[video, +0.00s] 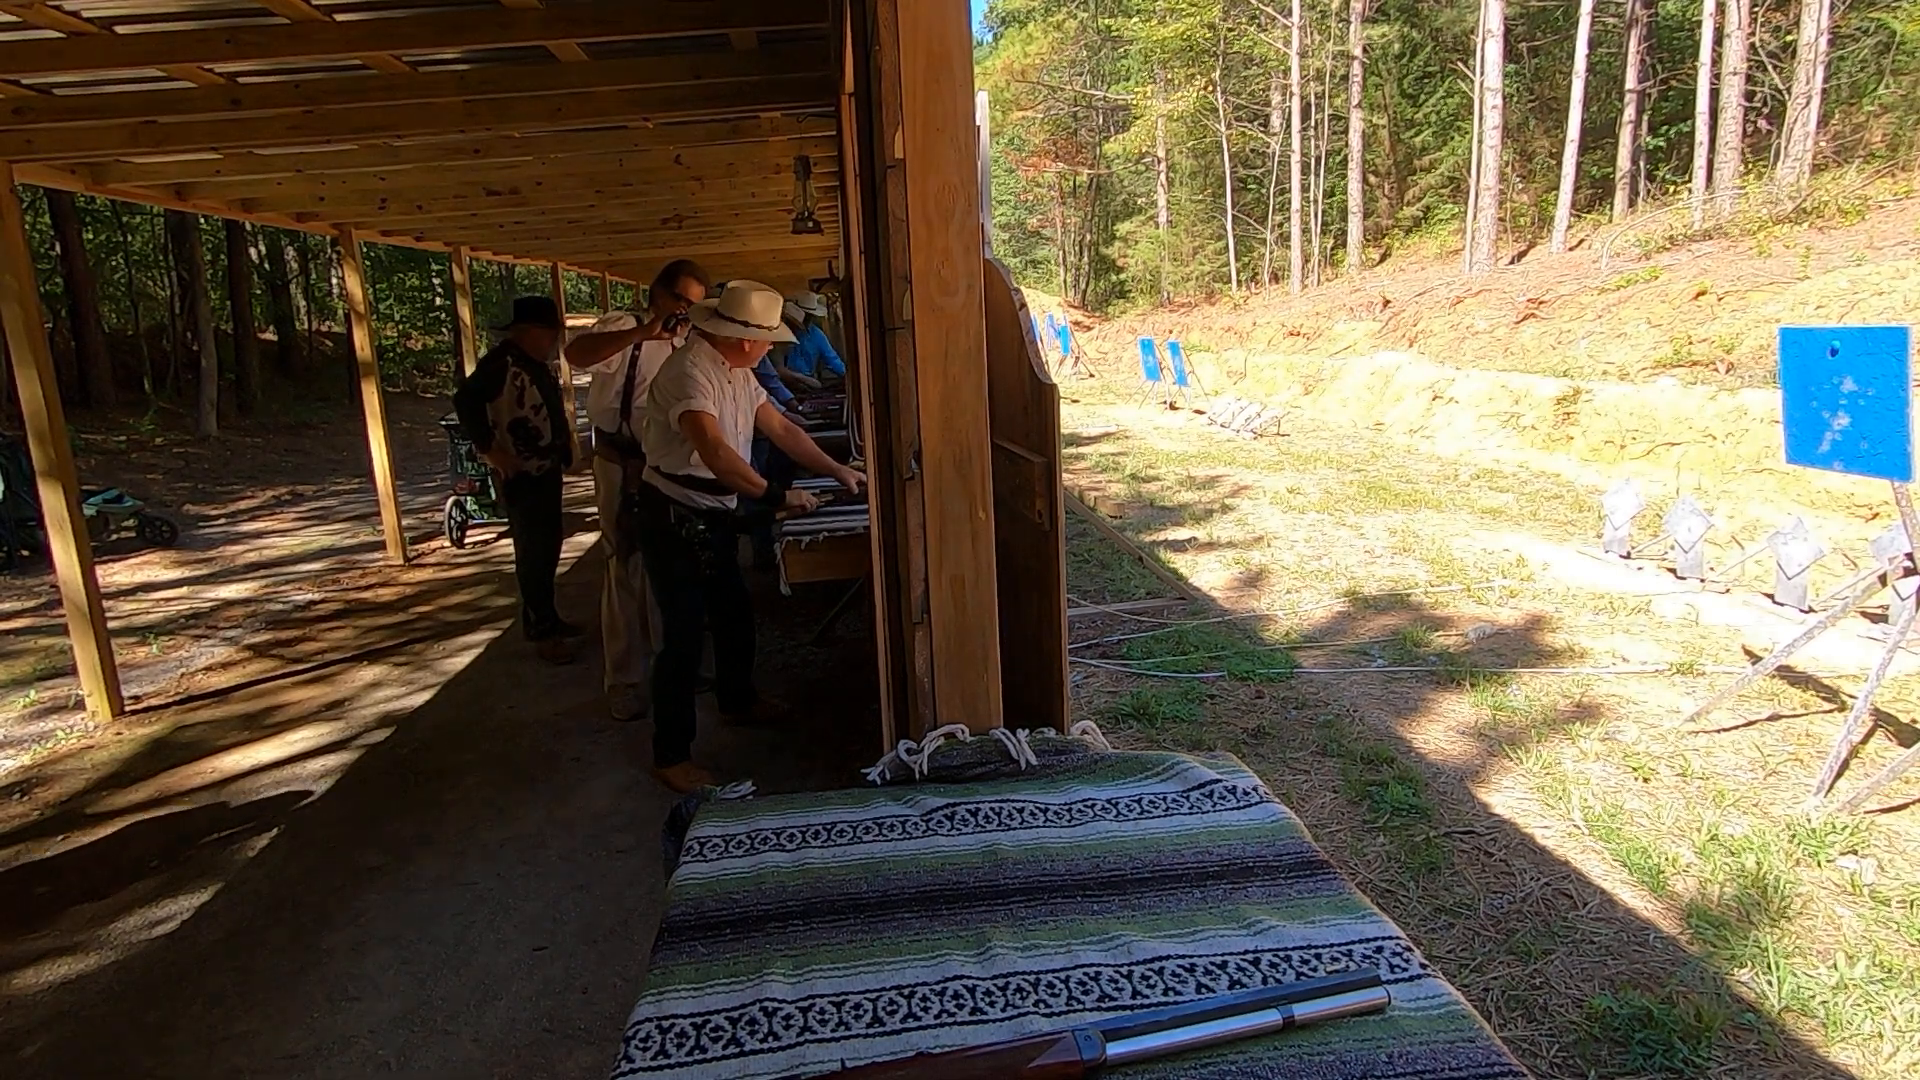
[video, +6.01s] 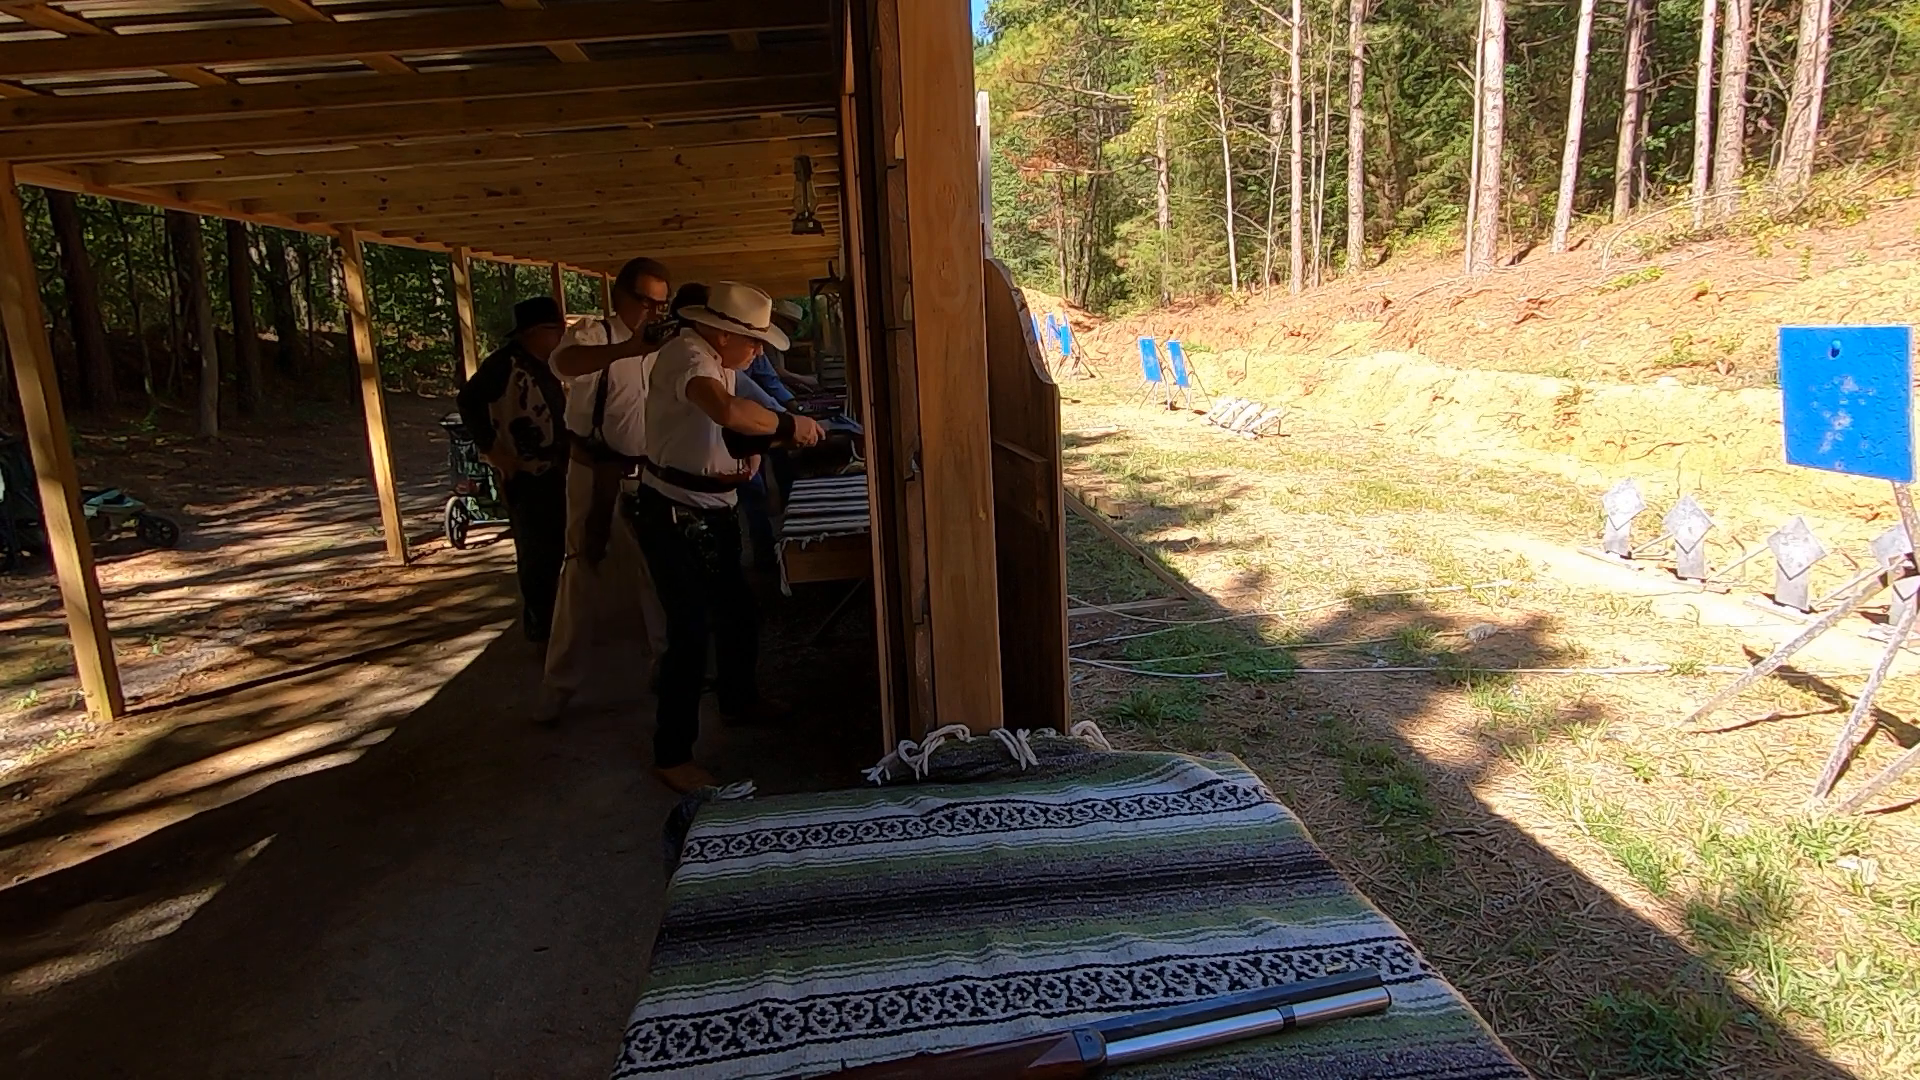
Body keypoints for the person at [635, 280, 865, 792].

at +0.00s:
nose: (769, 350)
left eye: (770, 341)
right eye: (766, 342)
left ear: (738, 340)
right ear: (743, 342)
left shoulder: (739, 372)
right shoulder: (686, 371)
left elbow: (781, 428)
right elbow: (711, 449)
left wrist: (837, 469)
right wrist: (774, 493)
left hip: (717, 515)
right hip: (672, 516)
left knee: (734, 615)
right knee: (685, 636)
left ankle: (738, 703)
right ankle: (671, 757)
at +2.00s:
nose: (762, 349)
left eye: (762, 340)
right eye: (758, 339)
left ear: (726, 337)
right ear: (731, 338)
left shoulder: (719, 373)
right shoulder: (686, 373)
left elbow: (728, 448)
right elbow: (711, 455)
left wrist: (764, 478)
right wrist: (780, 491)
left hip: (716, 515)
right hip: (677, 518)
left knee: (735, 617)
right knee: (688, 637)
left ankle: (740, 708)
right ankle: (672, 757)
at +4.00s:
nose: (756, 374)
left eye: (760, 367)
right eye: (755, 365)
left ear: (727, 348)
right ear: (730, 349)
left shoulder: (720, 378)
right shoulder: (685, 377)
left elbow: (723, 444)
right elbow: (707, 458)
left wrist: (747, 466)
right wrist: (777, 495)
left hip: (716, 516)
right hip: (673, 520)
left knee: (740, 614)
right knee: (689, 636)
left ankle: (739, 708)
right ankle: (672, 757)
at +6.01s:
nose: (757, 355)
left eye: (760, 346)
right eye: (753, 344)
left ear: (727, 335)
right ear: (725, 333)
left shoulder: (717, 362)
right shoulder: (686, 353)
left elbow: (722, 424)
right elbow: (724, 409)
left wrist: (751, 450)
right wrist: (786, 423)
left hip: (717, 512)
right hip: (672, 513)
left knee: (737, 613)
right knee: (689, 632)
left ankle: (740, 706)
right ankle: (673, 756)